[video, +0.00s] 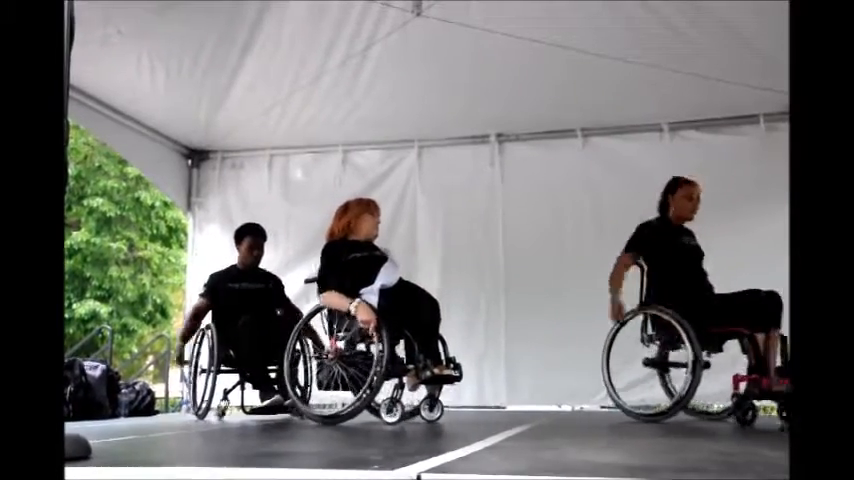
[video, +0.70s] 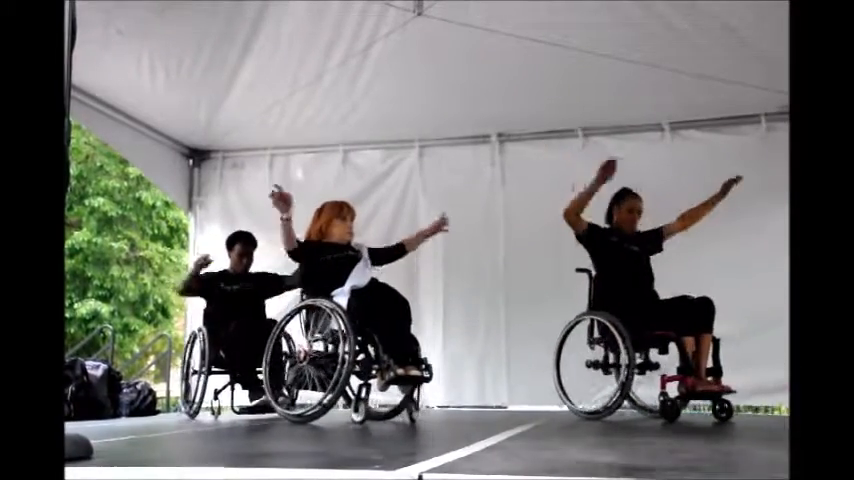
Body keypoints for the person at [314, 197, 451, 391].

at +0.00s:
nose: (378, 221)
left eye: (377, 217)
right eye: (373, 216)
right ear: (355, 221)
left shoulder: (372, 249)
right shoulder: (335, 249)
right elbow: (326, 295)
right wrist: (356, 306)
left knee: (428, 305)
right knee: (413, 312)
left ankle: (432, 364)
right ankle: (419, 368)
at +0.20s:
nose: (370, 224)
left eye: (370, 219)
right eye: (365, 219)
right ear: (346, 222)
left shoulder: (367, 251)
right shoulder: (327, 251)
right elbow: (306, 297)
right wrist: (334, 298)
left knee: (420, 305)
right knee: (405, 310)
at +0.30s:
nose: (365, 224)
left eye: (365, 219)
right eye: (359, 218)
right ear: (340, 222)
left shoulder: (362, 251)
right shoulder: (321, 251)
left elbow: (378, 273)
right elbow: (305, 281)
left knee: (415, 305)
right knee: (397, 312)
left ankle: (420, 362)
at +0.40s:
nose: (361, 227)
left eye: (362, 221)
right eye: (356, 221)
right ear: (338, 223)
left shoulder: (359, 252)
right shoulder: (318, 252)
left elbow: (378, 282)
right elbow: (292, 287)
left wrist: (413, 286)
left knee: (407, 302)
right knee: (401, 306)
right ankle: (415, 362)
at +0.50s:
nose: (358, 226)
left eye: (358, 221)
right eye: (353, 220)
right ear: (335, 222)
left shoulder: (362, 255)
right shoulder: (316, 250)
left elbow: (391, 267)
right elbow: (284, 269)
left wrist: (422, 261)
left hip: (363, 309)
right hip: (332, 313)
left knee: (404, 303)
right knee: (387, 307)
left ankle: (414, 361)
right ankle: (401, 363)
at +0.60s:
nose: (353, 225)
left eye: (354, 220)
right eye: (347, 219)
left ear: (355, 225)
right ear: (329, 223)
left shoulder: (362, 253)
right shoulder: (314, 250)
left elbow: (394, 257)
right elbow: (285, 253)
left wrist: (425, 243)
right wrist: (274, 223)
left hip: (359, 311)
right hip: (330, 314)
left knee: (401, 305)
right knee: (383, 309)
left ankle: (410, 362)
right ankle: (401, 363)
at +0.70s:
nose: (350, 225)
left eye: (351, 221)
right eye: (344, 220)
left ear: (353, 224)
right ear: (327, 223)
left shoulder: (360, 253)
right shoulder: (312, 250)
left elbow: (396, 251)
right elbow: (291, 248)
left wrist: (428, 232)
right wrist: (286, 215)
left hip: (360, 304)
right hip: (327, 310)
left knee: (398, 305)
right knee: (378, 313)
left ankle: (407, 362)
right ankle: (391, 364)